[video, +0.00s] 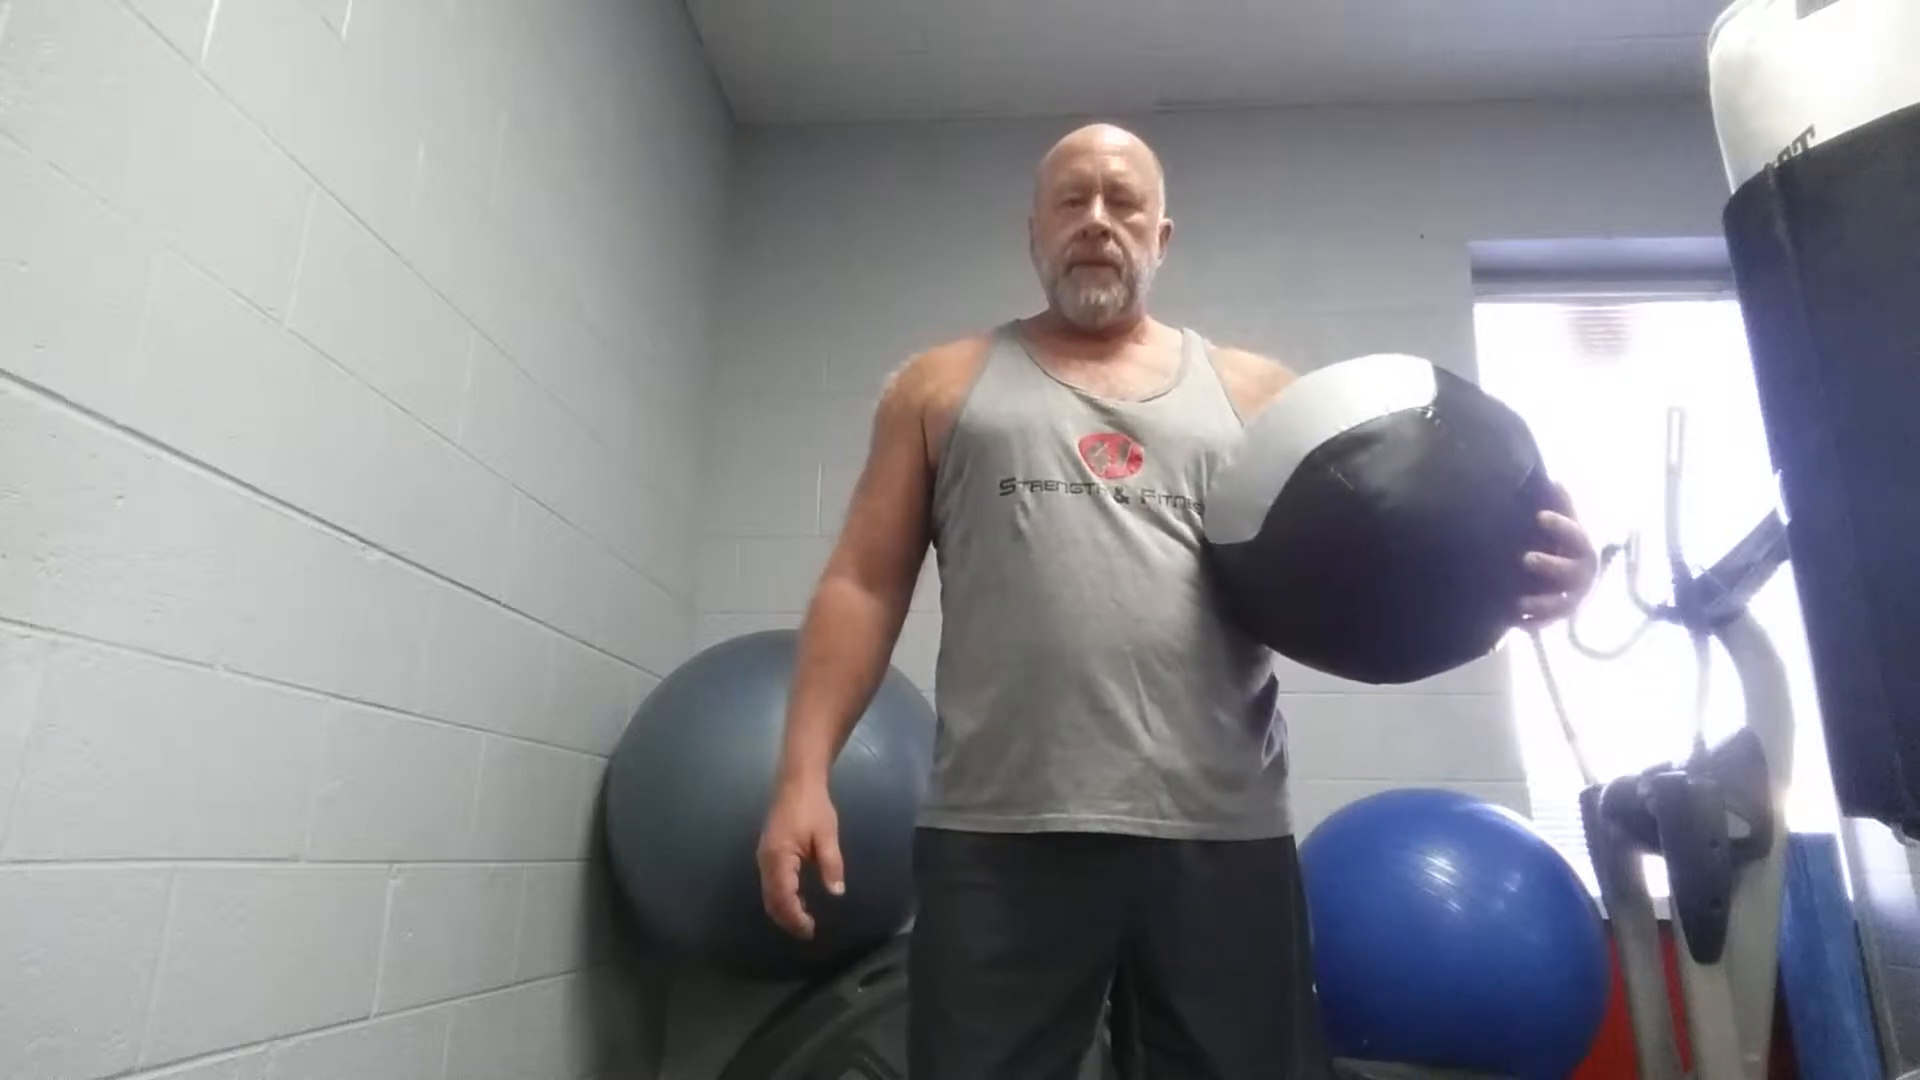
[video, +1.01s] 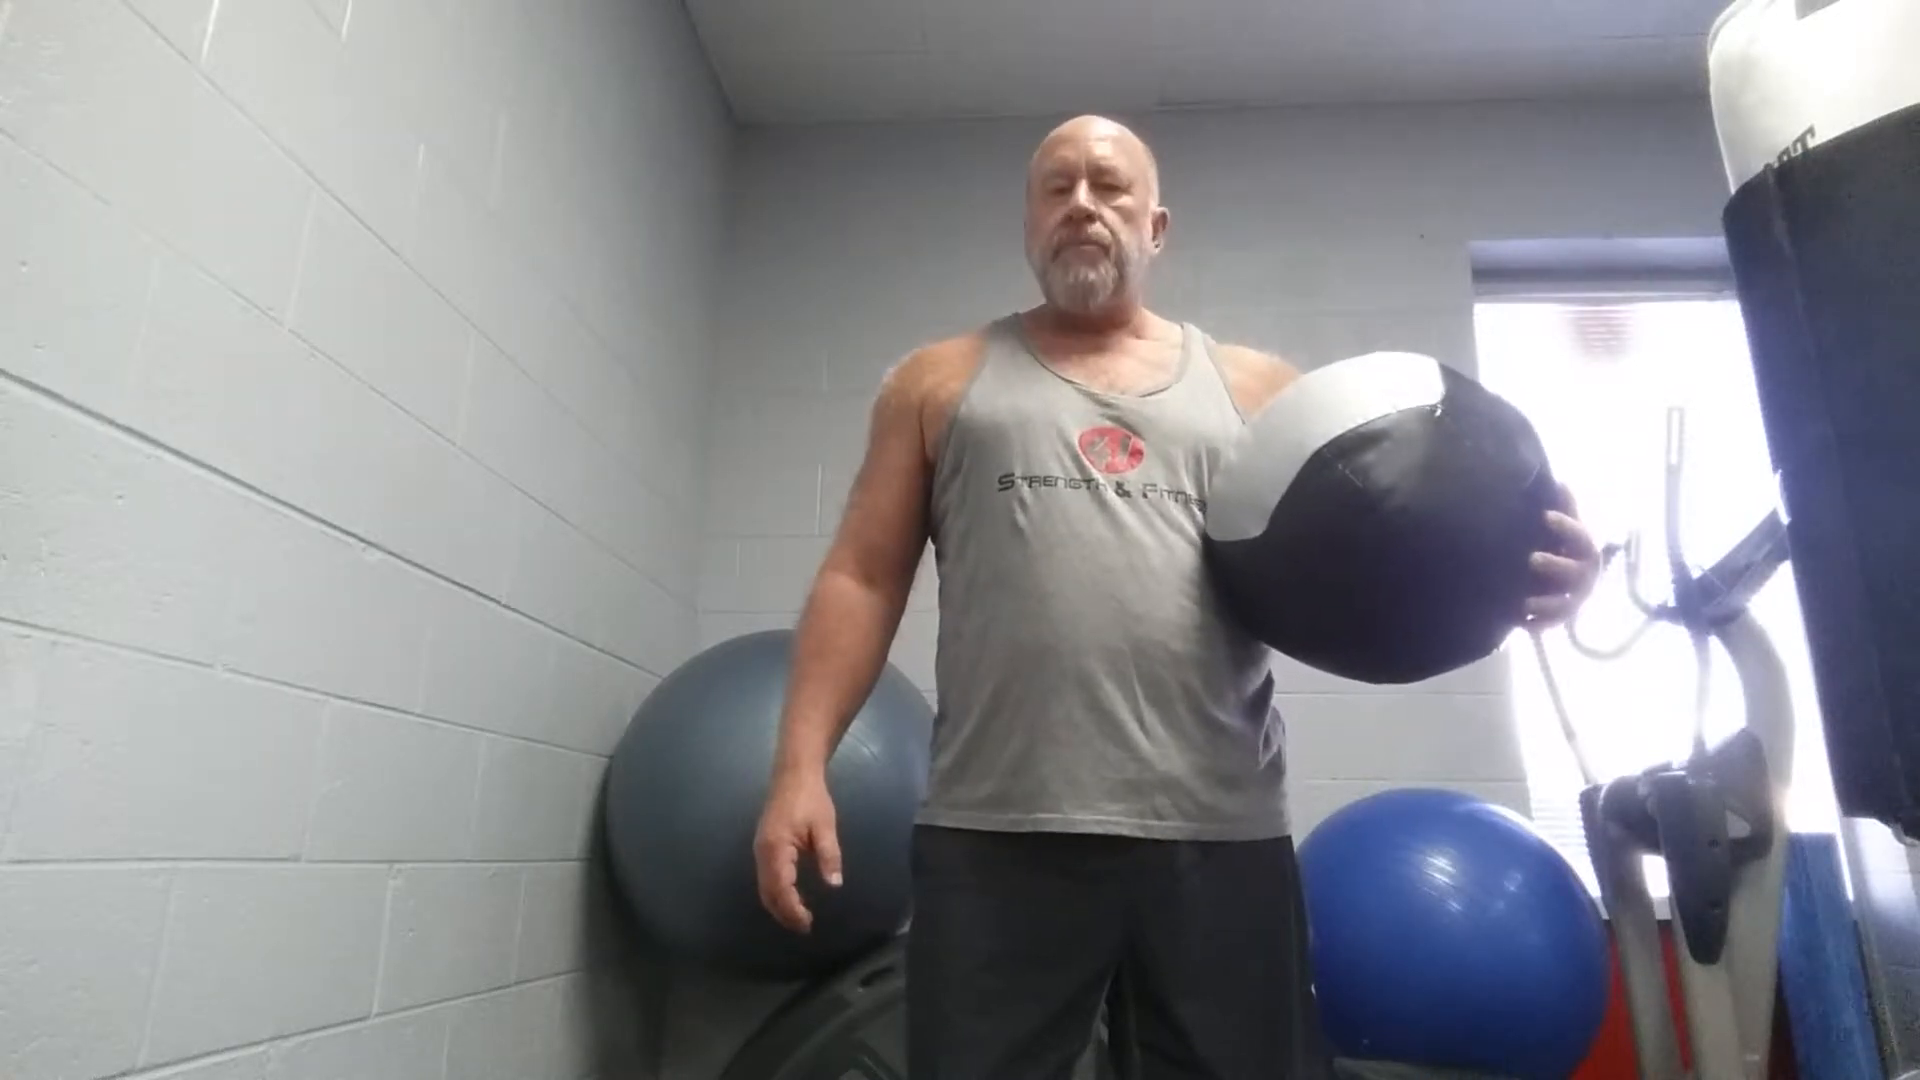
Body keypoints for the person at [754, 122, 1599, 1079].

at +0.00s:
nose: (1096, 220)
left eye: (1123, 202)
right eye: (1071, 200)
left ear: (1163, 236)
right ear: (1033, 230)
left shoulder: (1253, 387)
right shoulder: (942, 385)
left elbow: (1398, 531)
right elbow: (863, 582)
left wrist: (1540, 568)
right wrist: (803, 775)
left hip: (1222, 840)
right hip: (997, 839)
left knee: (1245, 1069)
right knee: (980, 1069)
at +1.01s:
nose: (1083, 204)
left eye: (1110, 186)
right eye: (1057, 187)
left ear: (1158, 224)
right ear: (1026, 226)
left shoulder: (1253, 385)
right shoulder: (940, 380)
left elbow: (1397, 533)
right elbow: (861, 576)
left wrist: (1539, 568)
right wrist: (799, 767)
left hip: (1222, 845)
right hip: (995, 841)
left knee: (1246, 1069)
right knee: (976, 1068)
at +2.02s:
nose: (1080, 212)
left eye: (1107, 190)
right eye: (1054, 190)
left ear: (1152, 215)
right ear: (1018, 215)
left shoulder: (1257, 375)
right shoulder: (936, 384)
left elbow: (1402, 533)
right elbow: (865, 583)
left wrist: (1543, 566)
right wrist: (808, 780)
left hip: (1223, 849)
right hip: (993, 848)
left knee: (1252, 1067)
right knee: (976, 1066)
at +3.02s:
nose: (1096, 203)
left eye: (1126, 186)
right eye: (1072, 180)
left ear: (1163, 224)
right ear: (1033, 210)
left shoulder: (1253, 374)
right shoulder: (936, 373)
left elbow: (1391, 533)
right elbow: (843, 587)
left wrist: (1538, 566)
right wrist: (880, 536)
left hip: (1217, 838)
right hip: (992, 838)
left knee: (1246, 1076)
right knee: (971, 1075)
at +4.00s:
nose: (1067, 203)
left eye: (1094, 180)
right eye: (1041, 184)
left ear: (1143, 209)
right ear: (1008, 217)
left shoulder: (1252, 366)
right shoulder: (930, 380)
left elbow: (1393, 527)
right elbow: (833, 577)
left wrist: (1545, 559)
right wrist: (883, 584)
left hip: (1220, 845)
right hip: (993, 844)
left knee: (1246, 1077)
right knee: (973, 1076)